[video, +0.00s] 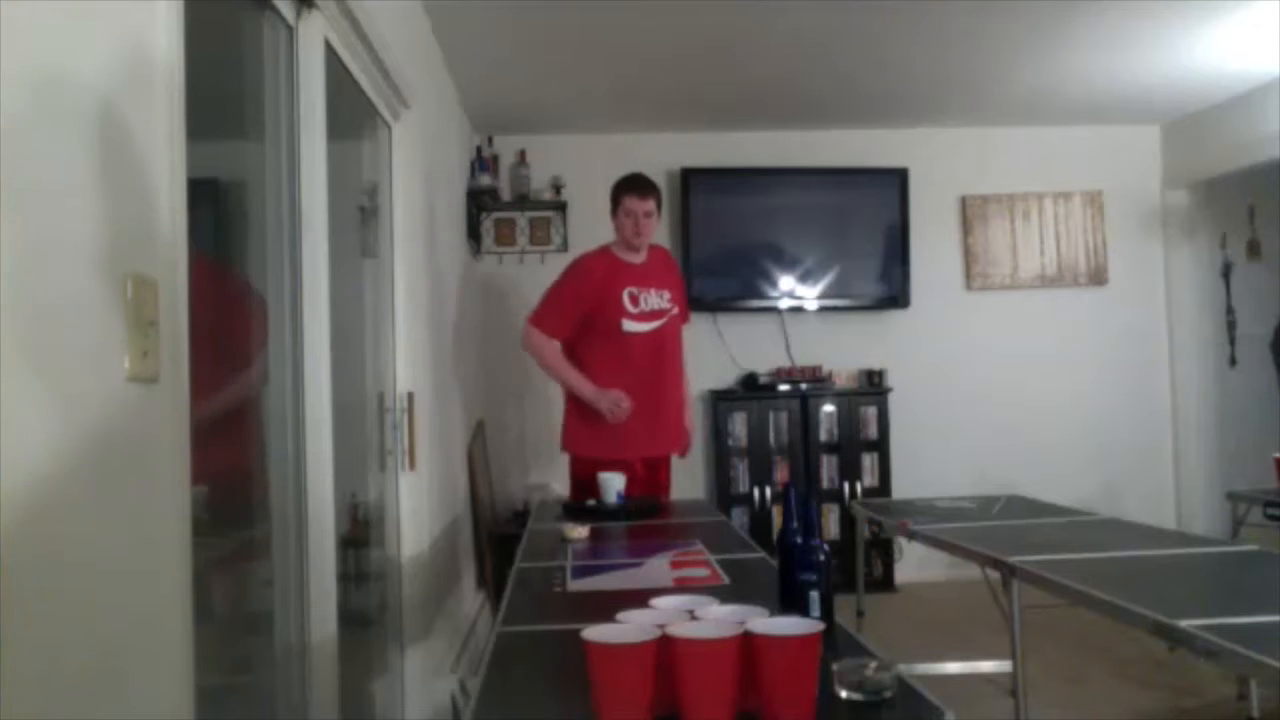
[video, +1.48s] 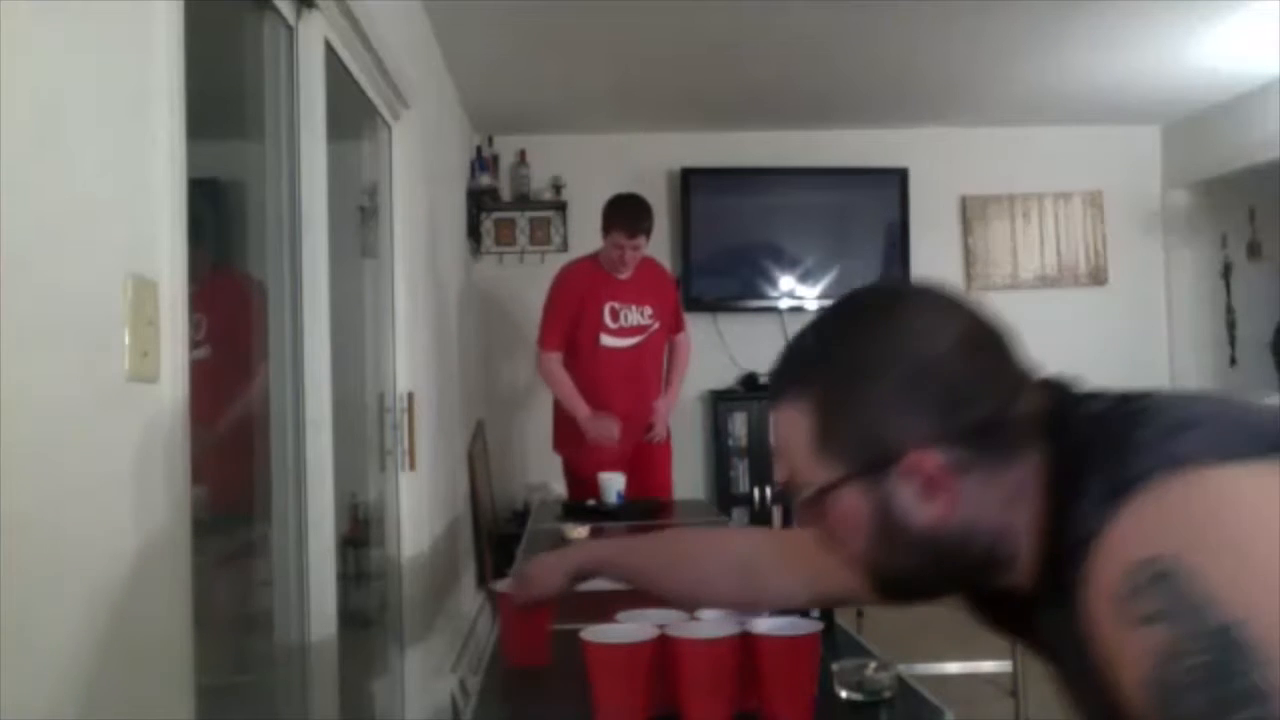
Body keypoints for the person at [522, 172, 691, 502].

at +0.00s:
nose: (639, 225)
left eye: (648, 216)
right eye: (629, 215)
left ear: (658, 219)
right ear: (614, 218)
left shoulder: (666, 266)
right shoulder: (590, 269)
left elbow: (674, 345)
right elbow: (536, 336)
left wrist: (683, 412)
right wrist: (593, 394)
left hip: (656, 439)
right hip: (599, 442)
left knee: (651, 546)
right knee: (600, 546)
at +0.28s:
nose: (639, 245)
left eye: (648, 237)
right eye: (631, 235)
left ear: (659, 234)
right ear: (618, 230)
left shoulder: (670, 275)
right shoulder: (593, 275)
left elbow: (688, 343)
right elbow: (549, 347)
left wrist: (689, 416)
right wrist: (578, 422)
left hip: (656, 441)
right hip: (602, 443)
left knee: (654, 546)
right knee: (600, 546)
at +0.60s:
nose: (640, 254)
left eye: (648, 245)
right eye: (631, 244)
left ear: (660, 241)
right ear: (618, 237)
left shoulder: (672, 281)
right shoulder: (592, 279)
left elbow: (685, 349)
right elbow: (575, 361)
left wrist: (685, 419)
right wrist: (591, 436)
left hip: (650, 439)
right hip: (600, 440)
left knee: (649, 540)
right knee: (603, 544)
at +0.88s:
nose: (633, 254)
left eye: (642, 245)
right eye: (624, 245)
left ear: (653, 241)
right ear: (610, 237)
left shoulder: (667, 280)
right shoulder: (587, 281)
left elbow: (675, 356)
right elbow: (578, 373)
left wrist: (670, 425)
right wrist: (599, 446)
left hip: (650, 442)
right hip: (599, 444)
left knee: (649, 543)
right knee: (604, 543)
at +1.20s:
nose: (625, 258)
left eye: (634, 249)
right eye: (616, 249)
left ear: (645, 242)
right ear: (602, 239)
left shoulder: (662, 277)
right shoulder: (578, 283)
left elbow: (677, 341)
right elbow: (558, 370)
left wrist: (667, 406)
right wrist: (594, 441)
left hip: (648, 440)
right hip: (590, 444)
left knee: (650, 540)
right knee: (595, 544)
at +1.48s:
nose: (626, 258)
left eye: (636, 249)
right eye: (618, 247)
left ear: (647, 243)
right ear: (604, 237)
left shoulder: (659, 279)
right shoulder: (573, 280)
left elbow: (679, 339)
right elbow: (548, 358)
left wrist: (669, 399)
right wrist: (586, 417)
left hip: (649, 435)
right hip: (592, 438)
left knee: (654, 537)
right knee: (597, 539)